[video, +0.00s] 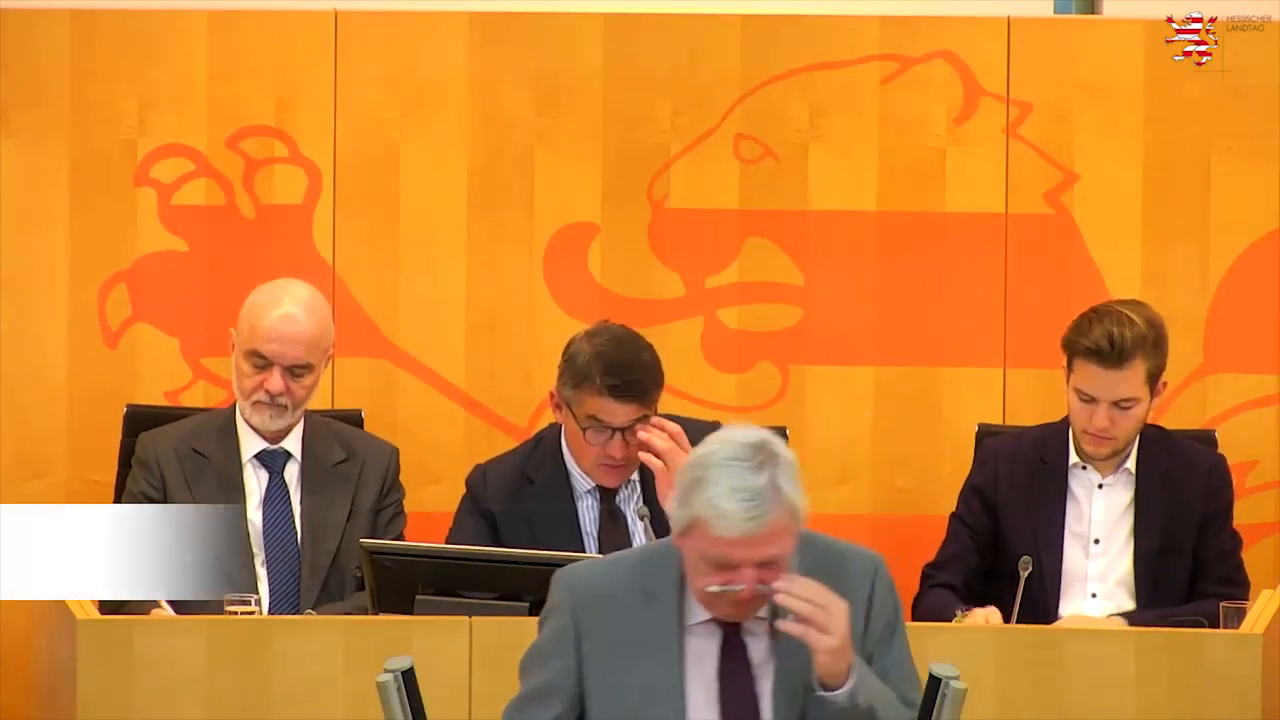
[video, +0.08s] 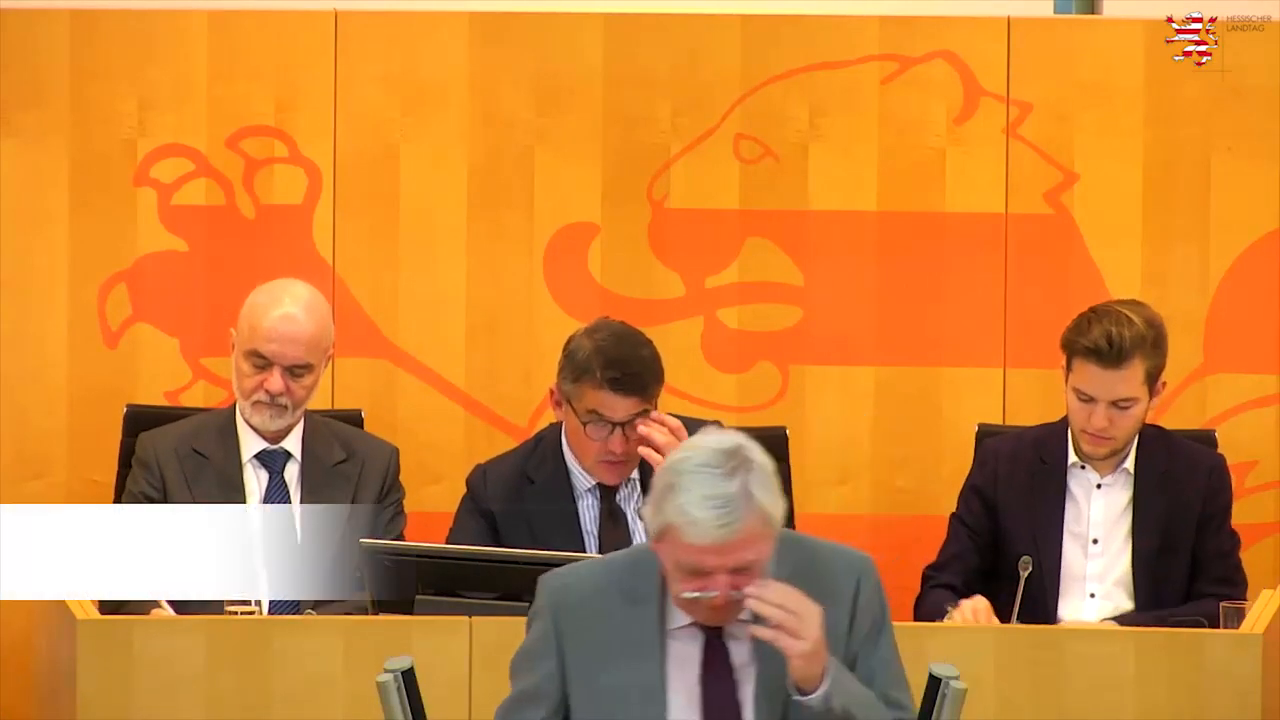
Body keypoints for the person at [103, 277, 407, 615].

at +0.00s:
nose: (274, 387)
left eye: (297, 371)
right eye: (258, 363)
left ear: (325, 362)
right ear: (233, 346)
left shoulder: (374, 465)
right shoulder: (161, 455)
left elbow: (390, 596)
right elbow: (123, 587)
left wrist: (305, 630)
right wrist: (153, 619)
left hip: (329, 672)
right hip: (197, 667)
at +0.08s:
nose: (274, 387)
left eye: (297, 371)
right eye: (258, 363)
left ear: (326, 363)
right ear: (233, 347)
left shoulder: (374, 465)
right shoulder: (161, 455)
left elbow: (390, 597)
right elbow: (121, 588)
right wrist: (154, 619)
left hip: (329, 668)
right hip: (196, 663)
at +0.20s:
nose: (274, 388)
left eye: (297, 371)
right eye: (258, 363)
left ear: (326, 361)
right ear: (233, 347)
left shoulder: (373, 464)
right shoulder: (161, 455)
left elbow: (397, 599)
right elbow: (121, 587)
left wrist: (311, 637)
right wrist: (154, 622)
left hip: (329, 667)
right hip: (196, 662)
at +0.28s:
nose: (274, 387)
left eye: (297, 371)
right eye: (258, 363)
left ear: (325, 362)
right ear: (233, 347)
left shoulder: (373, 465)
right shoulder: (161, 455)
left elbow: (395, 596)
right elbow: (121, 585)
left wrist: (310, 635)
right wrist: (154, 619)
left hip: (329, 666)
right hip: (197, 661)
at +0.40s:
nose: (273, 388)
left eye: (297, 372)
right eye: (258, 363)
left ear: (326, 360)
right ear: (233, 346)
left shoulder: (373, 465)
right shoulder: (161, 455)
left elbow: (391, 594)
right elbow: (121, 585)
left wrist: (308, 634)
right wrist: (152, 618)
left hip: (327, 666)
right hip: (195, 661)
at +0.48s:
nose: (273, 388)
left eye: (297, 372)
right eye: (257, 364)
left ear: (325, 360)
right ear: (232, 346)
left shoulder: (373, 465)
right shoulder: (161, 455)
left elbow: (387, 593)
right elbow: (120, 584)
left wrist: (308, 634)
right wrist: (152, 616)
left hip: (328, 667)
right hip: (195, 662)